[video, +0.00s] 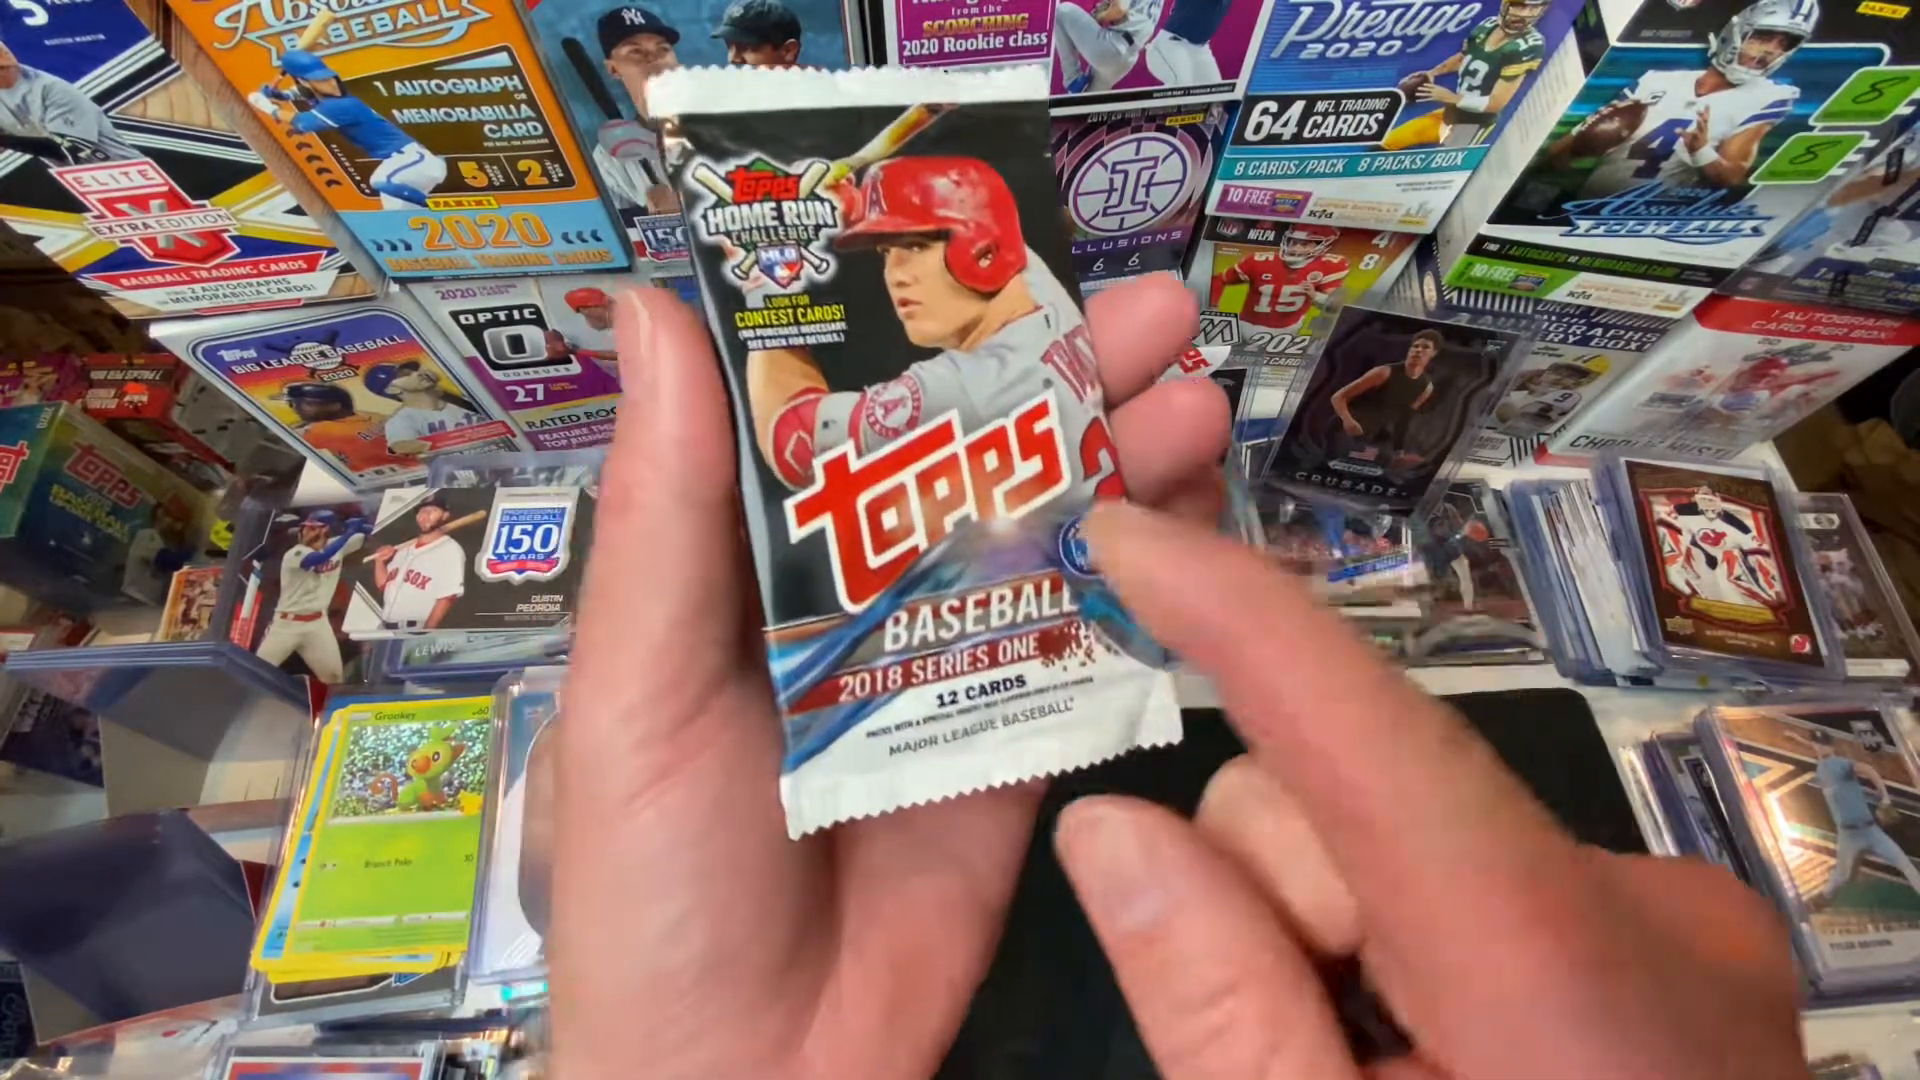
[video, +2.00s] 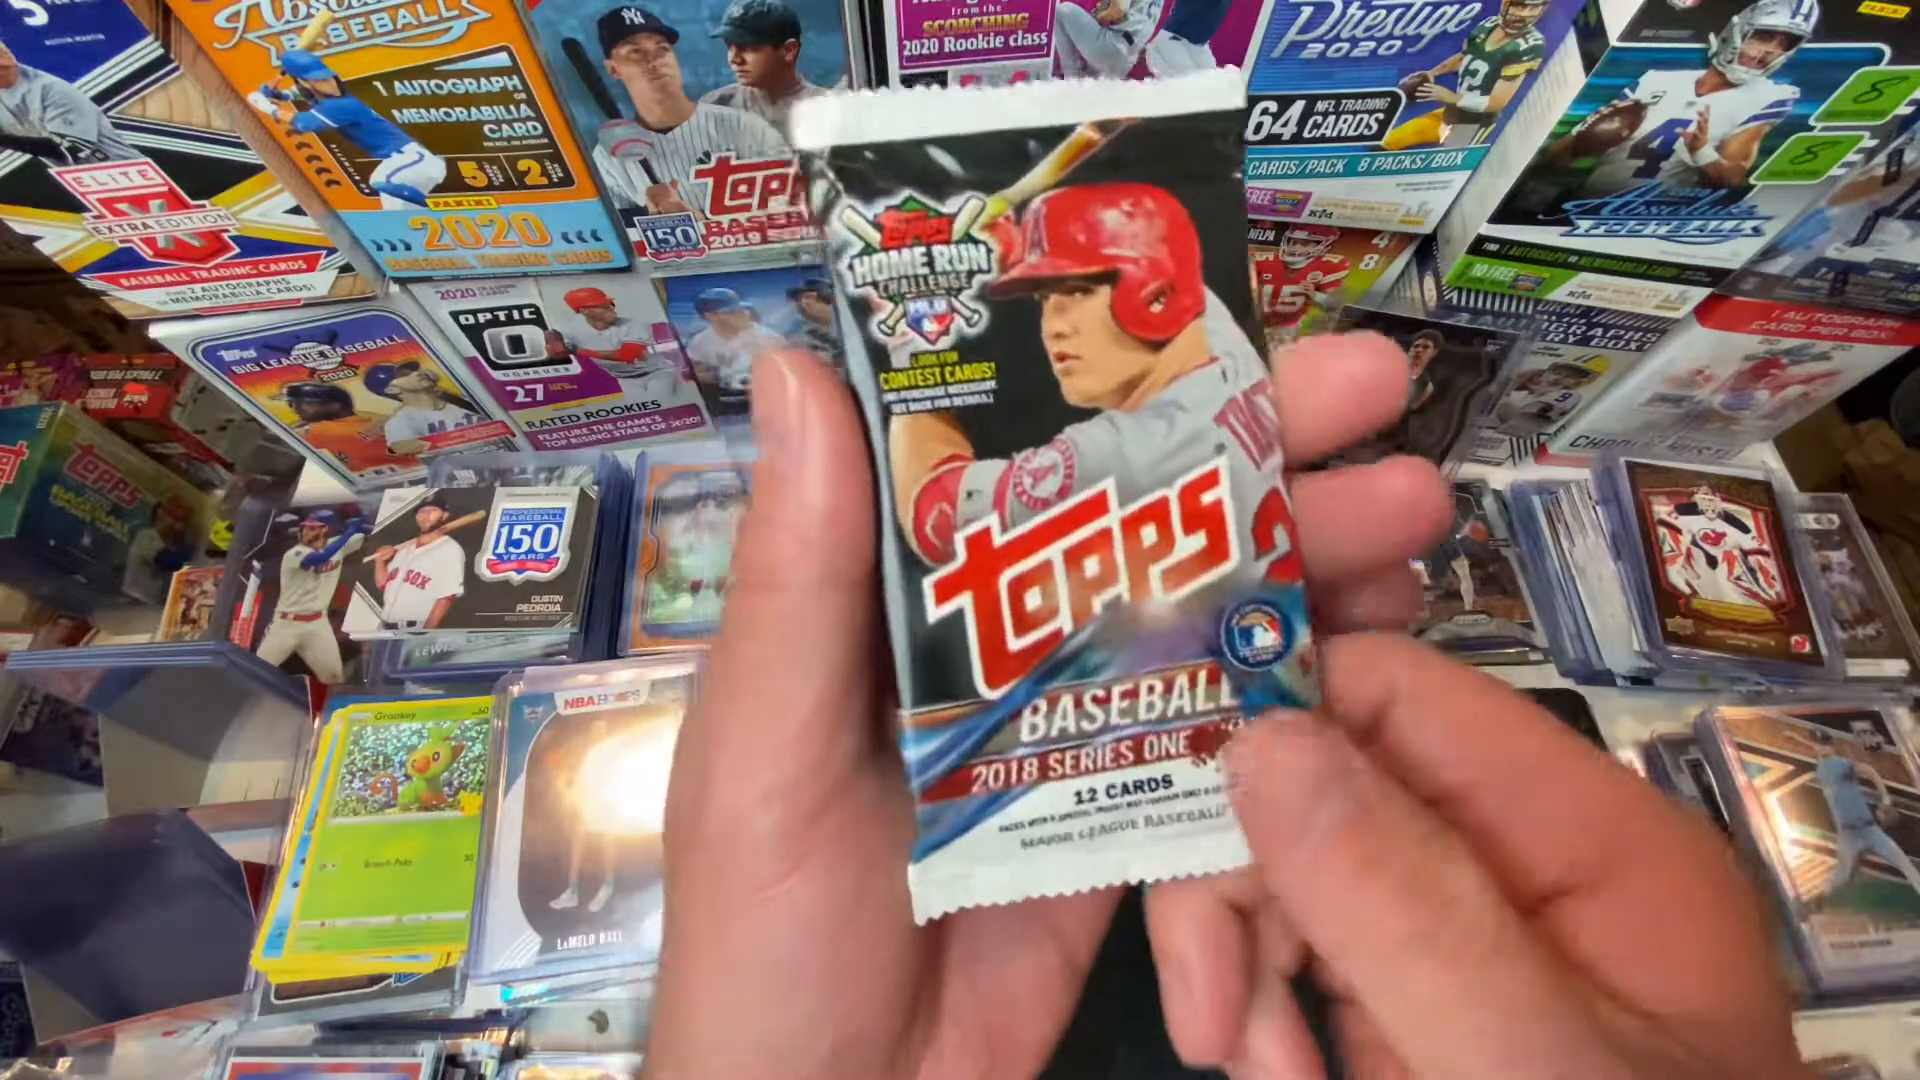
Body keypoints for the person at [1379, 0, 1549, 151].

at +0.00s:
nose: (1521, 14)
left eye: (1531, 7)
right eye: (1516, 5)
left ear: (1542, 11)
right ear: (1503, 5)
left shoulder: (1527, 47)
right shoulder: (1487, 26)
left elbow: (1495, 104)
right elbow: (1463, 58)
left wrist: (1449, 97)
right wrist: (1432, 73)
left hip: (1477, 123)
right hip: (1451, 111)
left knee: (1441, 174)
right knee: (1388, 141)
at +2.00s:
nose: (1520, 14)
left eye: (1530, 7)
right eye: (1515, 5)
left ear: (1542, 10)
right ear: (1503, 4)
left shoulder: (1528, 47)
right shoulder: (1487, 26)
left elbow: (1496, 103)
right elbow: (1463, 58)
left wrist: (1450, 97)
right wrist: (1432, 73)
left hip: (1480, 122)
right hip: (1453, 111)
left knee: (1444, 171)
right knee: (1390, 141)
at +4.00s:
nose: (1520, 13)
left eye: (1530, 7)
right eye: (1515, 5)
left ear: (1542, 11)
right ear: (1503, 5)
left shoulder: (1527, 47)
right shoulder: (1487, 26)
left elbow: (1496, 103)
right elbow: (1464, 57)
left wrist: (1450, 97)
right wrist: (1431, 73)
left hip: (1478, 123)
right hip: (1452, 111)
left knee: (1443, 174)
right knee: (1388, 141)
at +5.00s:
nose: (1520, 13)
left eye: (1529, 7)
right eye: (1515, 5)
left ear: (1541, 11)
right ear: (1503, 4)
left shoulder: (1527, 47)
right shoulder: (1487, 26)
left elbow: (1496, 103)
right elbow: (1464, 57)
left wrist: (1450, 97)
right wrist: (1431, 73)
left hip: (1478, 123)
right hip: (1452, 111)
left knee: (1442, 172)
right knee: (1389, 141)